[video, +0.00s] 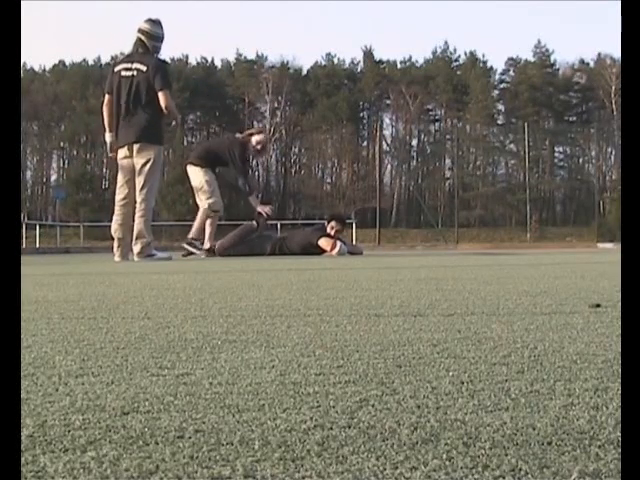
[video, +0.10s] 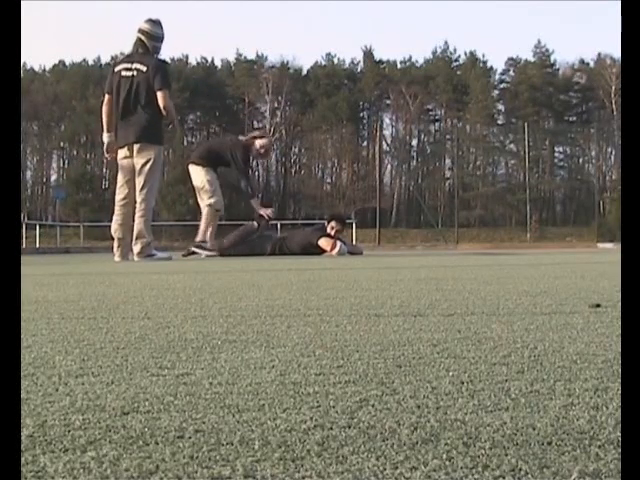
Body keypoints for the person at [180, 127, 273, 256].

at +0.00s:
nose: (259, 148)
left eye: (262, 146)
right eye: (258, 143)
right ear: (250, 137)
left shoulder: (242, 149)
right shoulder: (237, 146)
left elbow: (246, 178)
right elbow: (242, 181)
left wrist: (257, 203)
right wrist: (257, 205)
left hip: (207, 166)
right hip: (198, 164)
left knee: (215, 208)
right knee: (208, 204)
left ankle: (208, 246)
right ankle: (192, 238)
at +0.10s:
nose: (261, 151)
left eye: (264, 151)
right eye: (262, 146)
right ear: (255, 139)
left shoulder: (244, 151)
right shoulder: (239, 148)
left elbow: (247, 180)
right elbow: (244, 181)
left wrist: (258, 206)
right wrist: (258, 208)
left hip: (208, 166)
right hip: (199, 163)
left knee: (216, 206)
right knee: (211, 203)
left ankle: (209, 243)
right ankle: (200, 240)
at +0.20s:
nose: (268, 160)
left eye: (270, 157)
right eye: (267, 155)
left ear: (257, 147)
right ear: (259, 148)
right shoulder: (242, 152)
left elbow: (249, 187)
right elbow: (248, 187)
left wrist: (260, 213)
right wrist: (263, 214)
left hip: (202, 164)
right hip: (204, 165)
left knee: (211, 207)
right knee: (216, 203)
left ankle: (208, 245)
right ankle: (214, 244)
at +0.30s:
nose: (270, 158)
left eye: (271, 155)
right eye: (269, 154)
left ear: (260, 148)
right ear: (261, 149)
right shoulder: (244, 153)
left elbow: (251, 188)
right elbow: (251, 187)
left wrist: (261, 215)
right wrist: (265, 217)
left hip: (202, 164)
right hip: (207, 165)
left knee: (211, 209)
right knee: (218, 205)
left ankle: (208, 246)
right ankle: (218, 246)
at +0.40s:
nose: (275, 171)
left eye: (277, 168)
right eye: (275, 167)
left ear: (267, 156)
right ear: (269, 159)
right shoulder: (251, 159)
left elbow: (255, 192)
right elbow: (255, 191)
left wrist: (265, 219)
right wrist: (268, 220)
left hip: (203, 163)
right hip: (211, 165)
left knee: (213, 209)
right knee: (224, 205)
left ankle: (207, 246)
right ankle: (218, 246)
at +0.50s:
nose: (274, 173)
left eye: (277, 172)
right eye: (277, 170)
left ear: (270, 158)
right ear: (273, 161)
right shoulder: (253, 161)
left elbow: (256, 193)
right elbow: (257, 193)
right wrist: (269, 222)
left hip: (204, 164)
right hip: (214, 166)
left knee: (215, 210)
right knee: (226, 205)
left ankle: (208, 245)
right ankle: (218, 246)